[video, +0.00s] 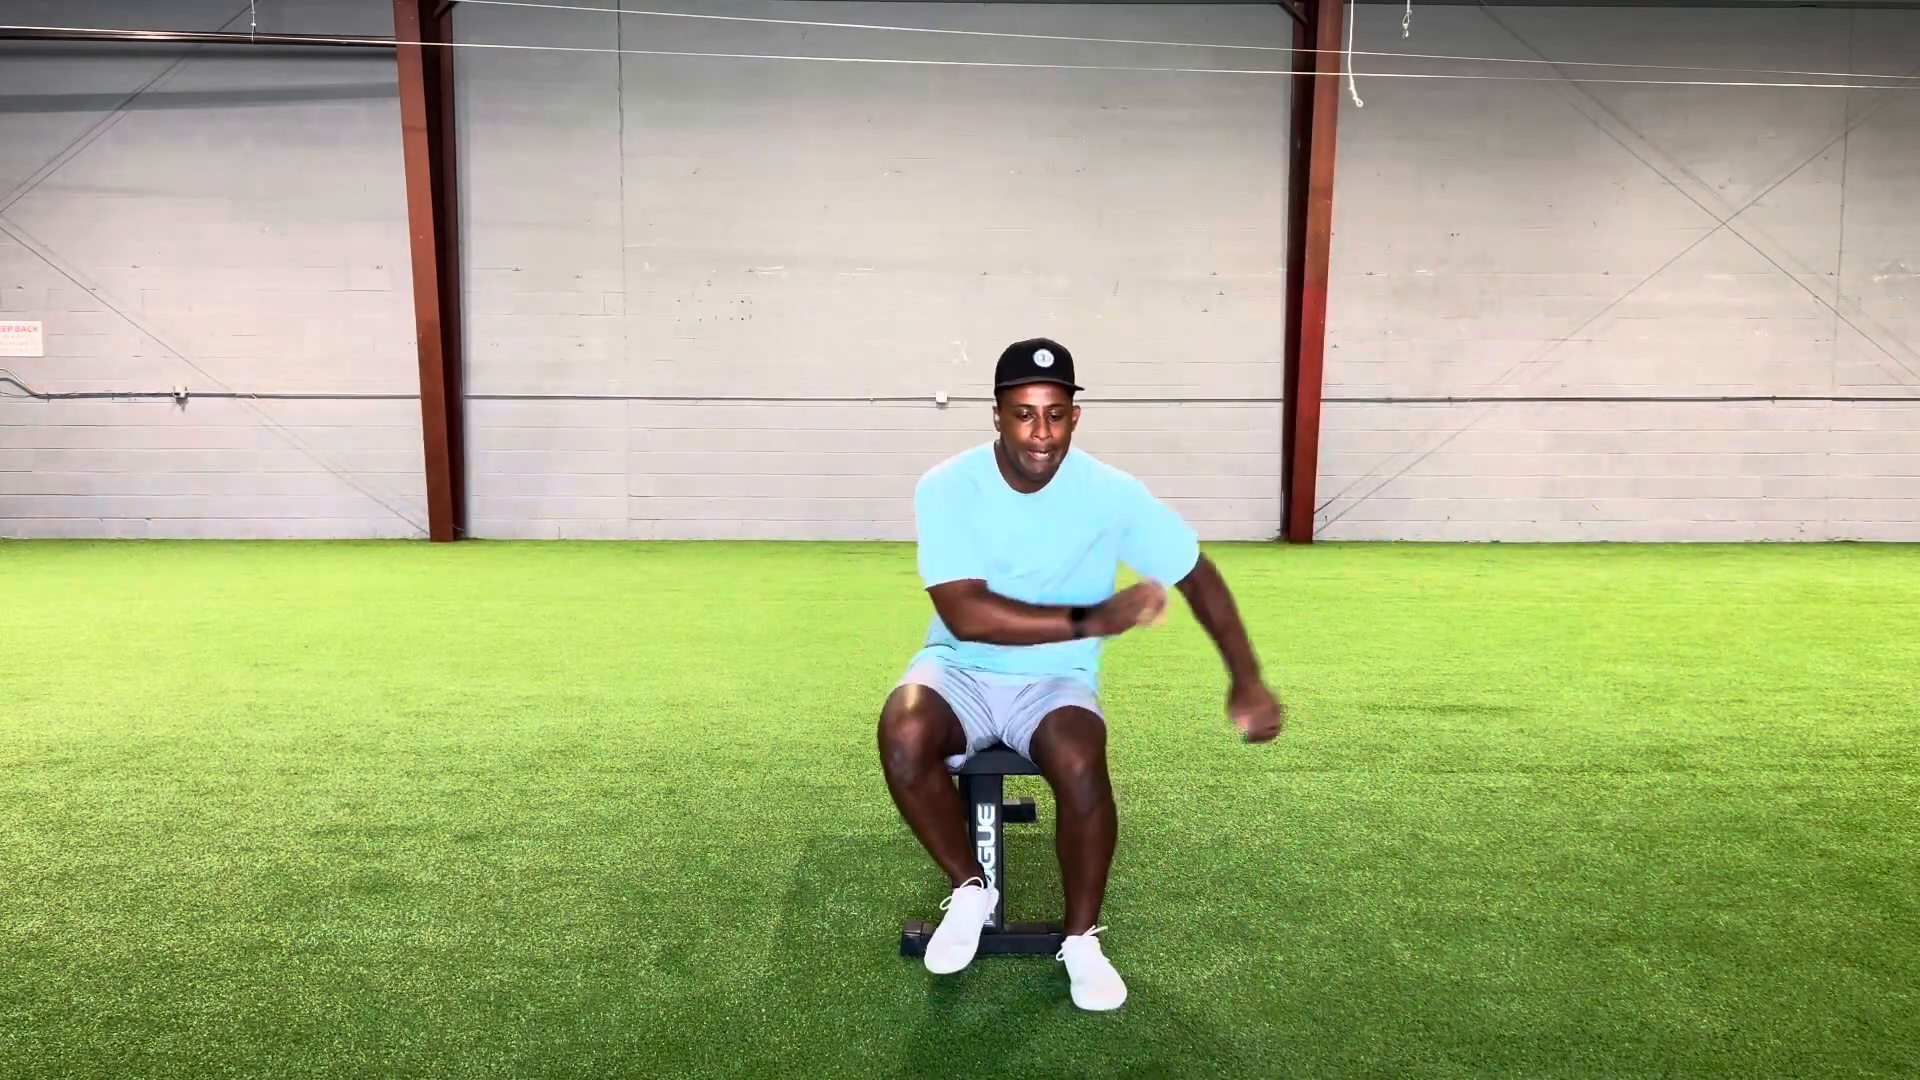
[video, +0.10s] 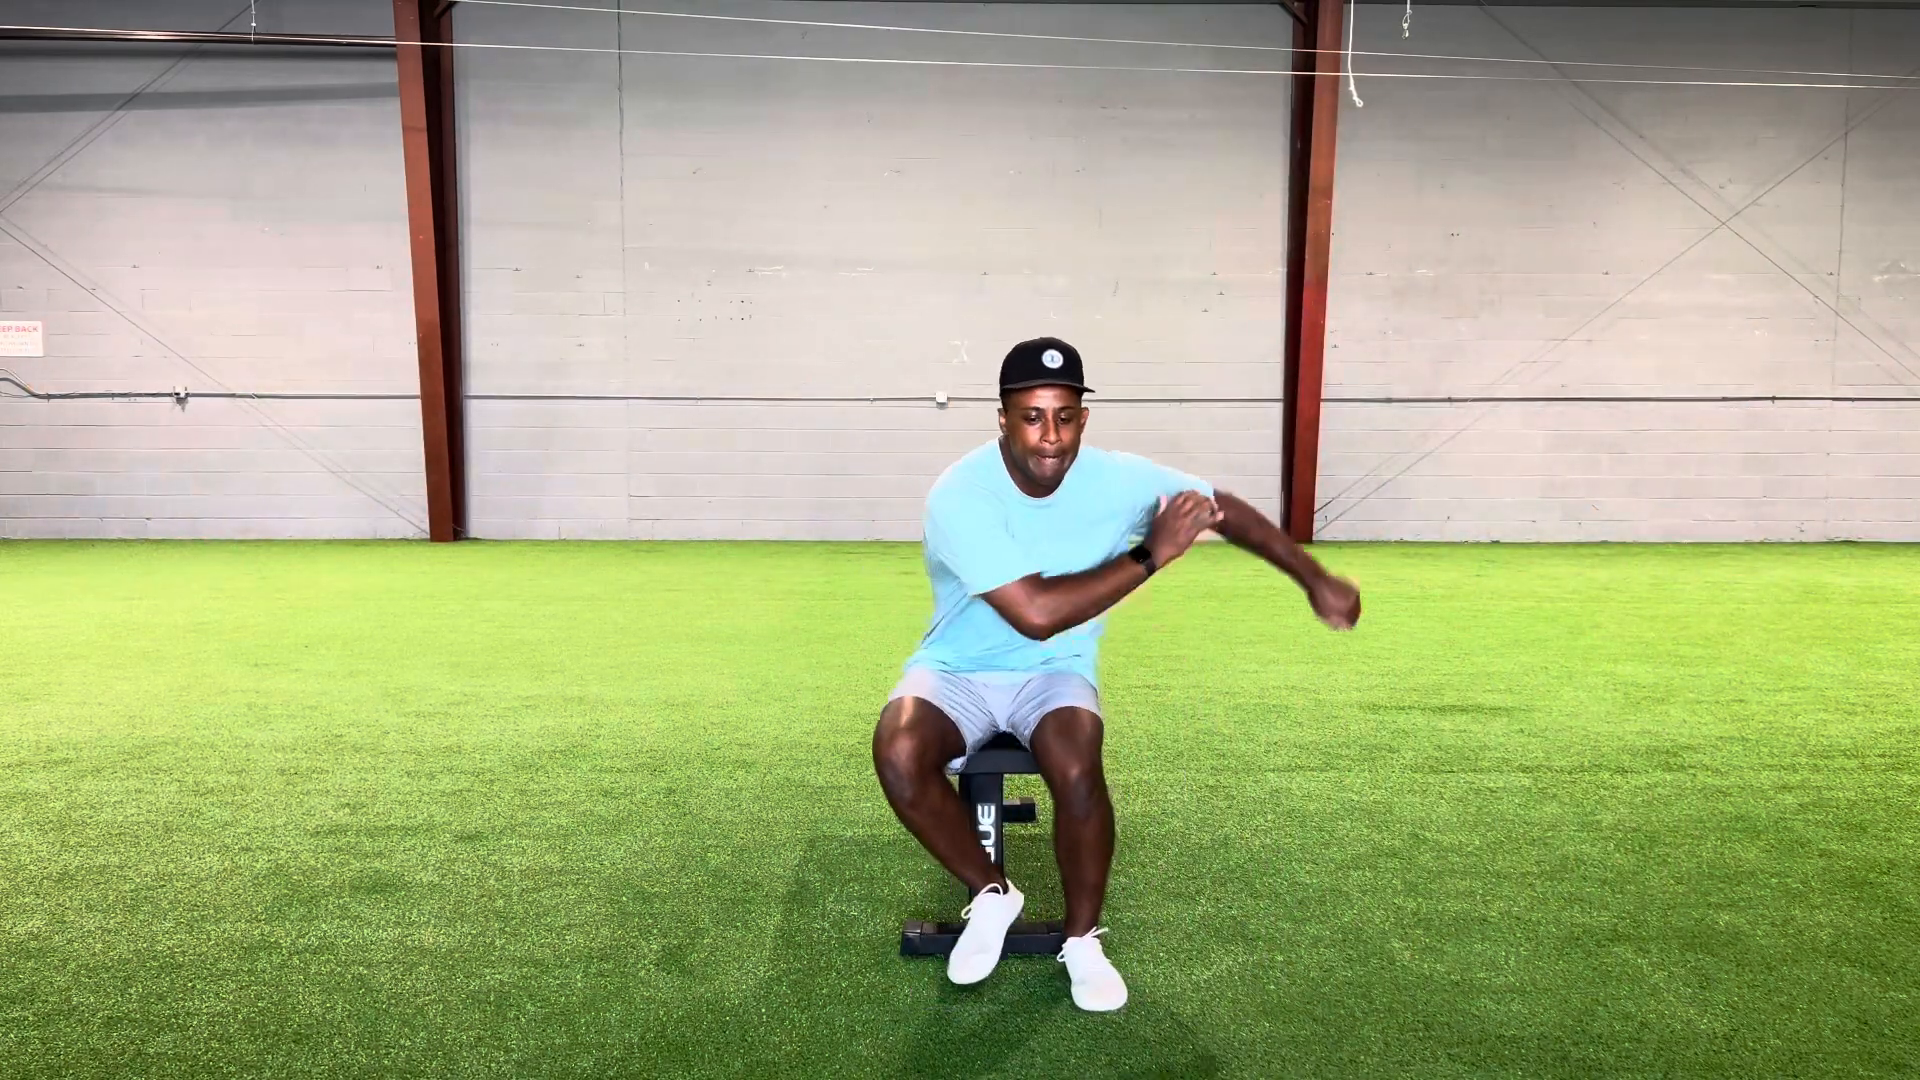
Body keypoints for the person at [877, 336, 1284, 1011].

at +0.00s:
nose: (1042, 434)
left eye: (1056, 417)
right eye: (1025, 417)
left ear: (1074, 418)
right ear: (998, 417)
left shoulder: (1113, 495)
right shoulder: (946, 490)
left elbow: (1195, 572)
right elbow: (965, 616)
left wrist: (1246, 675)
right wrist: (1091, 620)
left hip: (1057, 671)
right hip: (958, 666)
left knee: (1078, 760)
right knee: (902, 734)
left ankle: (1081, 936)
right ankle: (969, 887)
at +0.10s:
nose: (1049, 437)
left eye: (1064, 419)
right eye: (1032, 419)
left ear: (1083, 420)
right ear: (1001, 421)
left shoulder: (1119, 482)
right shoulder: (957, 498)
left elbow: (1222, 509)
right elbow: (1035, 612)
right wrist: (1150, 559)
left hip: (1057, 666)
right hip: (955, 667)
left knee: (1074, 766)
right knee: (898, 752)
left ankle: (1081, 938)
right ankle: (990, 889)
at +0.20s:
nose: (1049, 430)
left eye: (1063, 410)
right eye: (1030, 411)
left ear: (1080, 410)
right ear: (997, 414)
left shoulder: (1114, 464)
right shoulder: (954, 495)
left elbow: (1196, 476)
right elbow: (1044, 617)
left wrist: (1273, 521)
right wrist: (1141, 546)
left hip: (1056, 655)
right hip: (949, 661)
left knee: (1087, 776)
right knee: (925, 778)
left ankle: (1084, 938)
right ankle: (1015, 907)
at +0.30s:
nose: (1035, 394)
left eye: (1050, 375)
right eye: (1016, 375)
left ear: (1067, 382)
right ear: (982, 382)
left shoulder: (1102, 464)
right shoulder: (930, 463)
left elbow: (1135, 559)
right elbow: (948, 613)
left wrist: (1177, 636)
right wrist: (1082, 610)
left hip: (1040, 646)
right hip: (937, 649)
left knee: (1083, 788)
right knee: (943, 780)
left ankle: (1083, 937)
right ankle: (1030, 901)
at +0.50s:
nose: (932, 304)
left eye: (947, 290)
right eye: (916, 289)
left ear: (973, 301)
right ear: (893, 298)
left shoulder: (998, 386)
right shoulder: (828, 366)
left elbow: (1058, 473)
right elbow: (706, 372)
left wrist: (1029, 373)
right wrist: (677, 373)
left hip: (963, 627)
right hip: (846, 619)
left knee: (1041, 782)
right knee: (799, 733)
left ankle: (1078, 938)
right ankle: (860, 876)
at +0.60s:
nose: (803, 228)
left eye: (819, 211)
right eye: (789, 215)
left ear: (858, 218)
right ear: (774, 224)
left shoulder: (908, 291)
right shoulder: (732, 291)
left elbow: (1005, 282)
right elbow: (622, 265)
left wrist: (943, 177)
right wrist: (560, 257)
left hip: (877, 578)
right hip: (756, 569)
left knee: (969, 742)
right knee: (628, 700)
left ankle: (1067, 931)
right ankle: (699, 842)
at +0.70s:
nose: (680, 173)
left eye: (697, 155)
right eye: (666, 160)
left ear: (742, 161)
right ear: (656, 174)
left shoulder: (814, 238)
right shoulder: (622, 262)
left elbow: (931, 262)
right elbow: (503, 308)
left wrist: (928, 214)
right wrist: (408, 344)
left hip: (784, 527)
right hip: (658, 525)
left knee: (882, 699)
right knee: (522, 681)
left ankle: (970, 887)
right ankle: (490, 861)